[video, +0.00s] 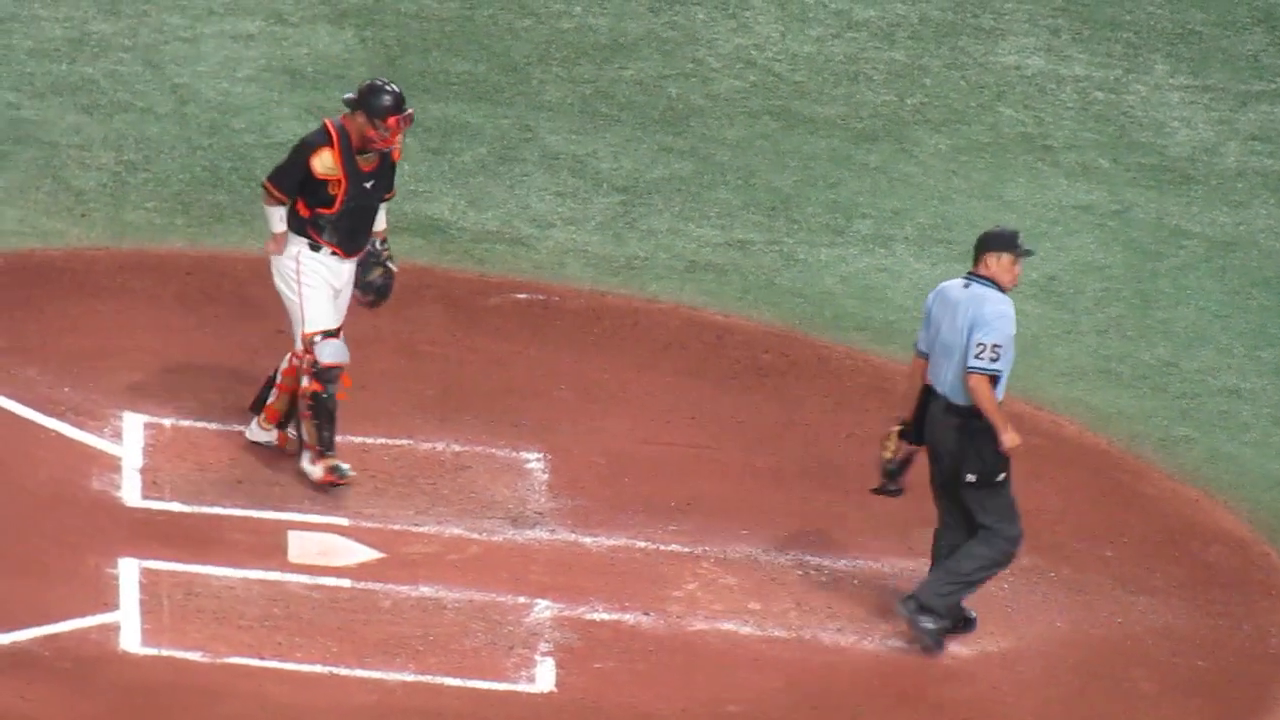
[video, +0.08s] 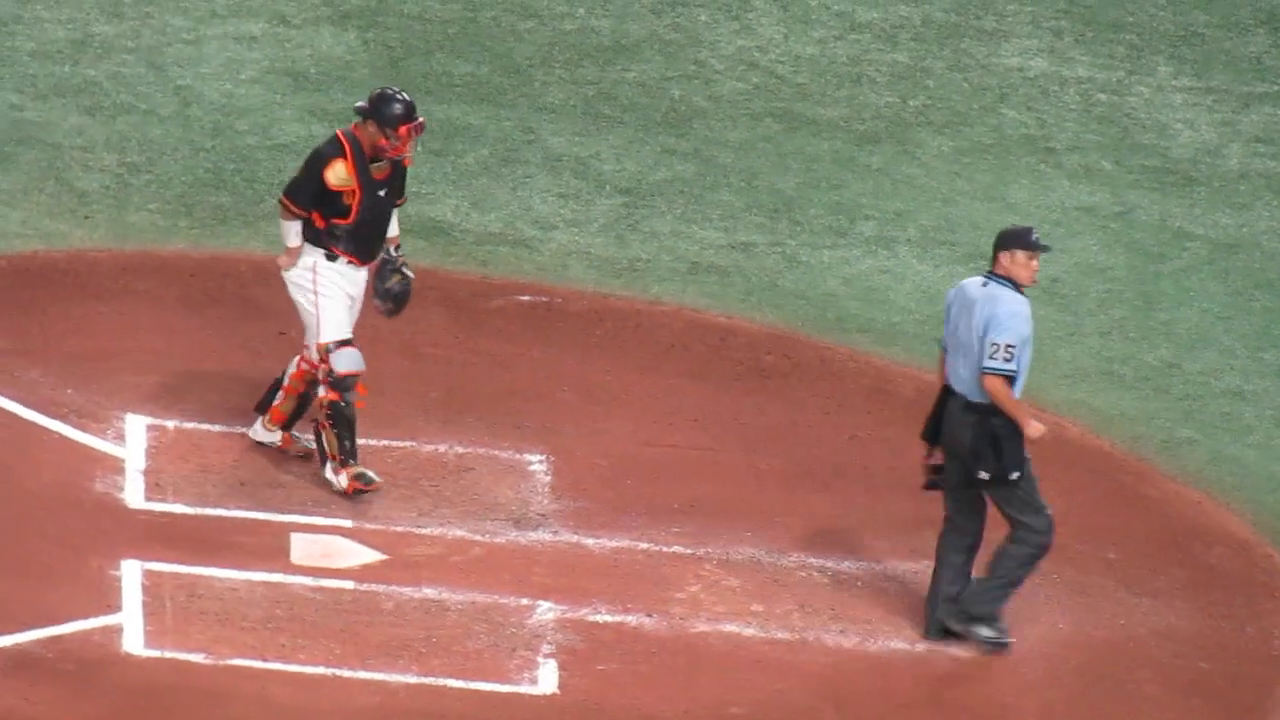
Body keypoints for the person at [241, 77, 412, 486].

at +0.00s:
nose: (392, 131)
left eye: (395, 123)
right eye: (385, 124)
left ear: (392, 121)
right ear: (362, 118)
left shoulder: (386, 149)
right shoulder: (320, 145)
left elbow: (380, 202)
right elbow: (274, 192)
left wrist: (378, 250)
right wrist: (279, 236)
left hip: (346, 263)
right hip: (305, 257)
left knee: (313, 350)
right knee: (326, 354)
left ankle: (266, 422)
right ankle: (317, 455)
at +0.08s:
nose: (403, 141)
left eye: (405, 133)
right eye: (397, 133)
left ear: (395, 131)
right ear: (375, 128)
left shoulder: (394, 157)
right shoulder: (334, 155)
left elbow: (390, 208)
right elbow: (290, 205)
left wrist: (393, 256)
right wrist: (293, 248)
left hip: (356, 272)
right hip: (319, 266)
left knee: (319, 357)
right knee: (341, 363)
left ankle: (270, 425)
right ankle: (340, 465)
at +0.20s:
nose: (420, 151)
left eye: (422, 143)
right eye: (414, 143)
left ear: (412, 140)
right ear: (392, 138)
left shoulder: (407, 162)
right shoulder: (351, 167)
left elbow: (402, 215)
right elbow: (311, 218)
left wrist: (412, 260)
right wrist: (314, 262)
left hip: (378, 280)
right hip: (342, 277)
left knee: (343, 366)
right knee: (366, 374)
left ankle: (282, 421)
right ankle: (351, 472)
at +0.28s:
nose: (430, 151)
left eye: (432, 143)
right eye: (425, 144)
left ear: (417, 139)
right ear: (403, 138)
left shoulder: (415, 162)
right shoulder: (365, 168)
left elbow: (408, 221)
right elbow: (322, 217)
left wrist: (425, 265)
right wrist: (327, 263)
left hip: (392, 280)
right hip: (359, 279)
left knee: (388, 365)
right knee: (375, 377)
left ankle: (305, 406)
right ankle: (351, 470)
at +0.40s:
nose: (446, 156)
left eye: (448, 149)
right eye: (442, 149)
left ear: (431, 143)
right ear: (420, 142)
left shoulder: (431, 166)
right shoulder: (383, 176)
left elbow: (420, 221)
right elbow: (337, 219)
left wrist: (437, 260)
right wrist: (346, 264)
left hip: (412, 282)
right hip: (377, 283)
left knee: (424, 363)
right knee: (378, 379)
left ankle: (341, 410)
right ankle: (354, 472)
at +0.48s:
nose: (460, 160)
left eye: (462, 153)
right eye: (457, 152)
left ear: (443, 145)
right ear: (436, 143)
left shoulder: (443, 171)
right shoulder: (395, 178)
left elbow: (431, 227)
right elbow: (352, 222)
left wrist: (447, 266)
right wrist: (362, 264)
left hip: (424, 286)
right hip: (388, 287)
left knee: (444, 363)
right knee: (387, 384)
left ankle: (387, 440)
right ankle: (354, 472)